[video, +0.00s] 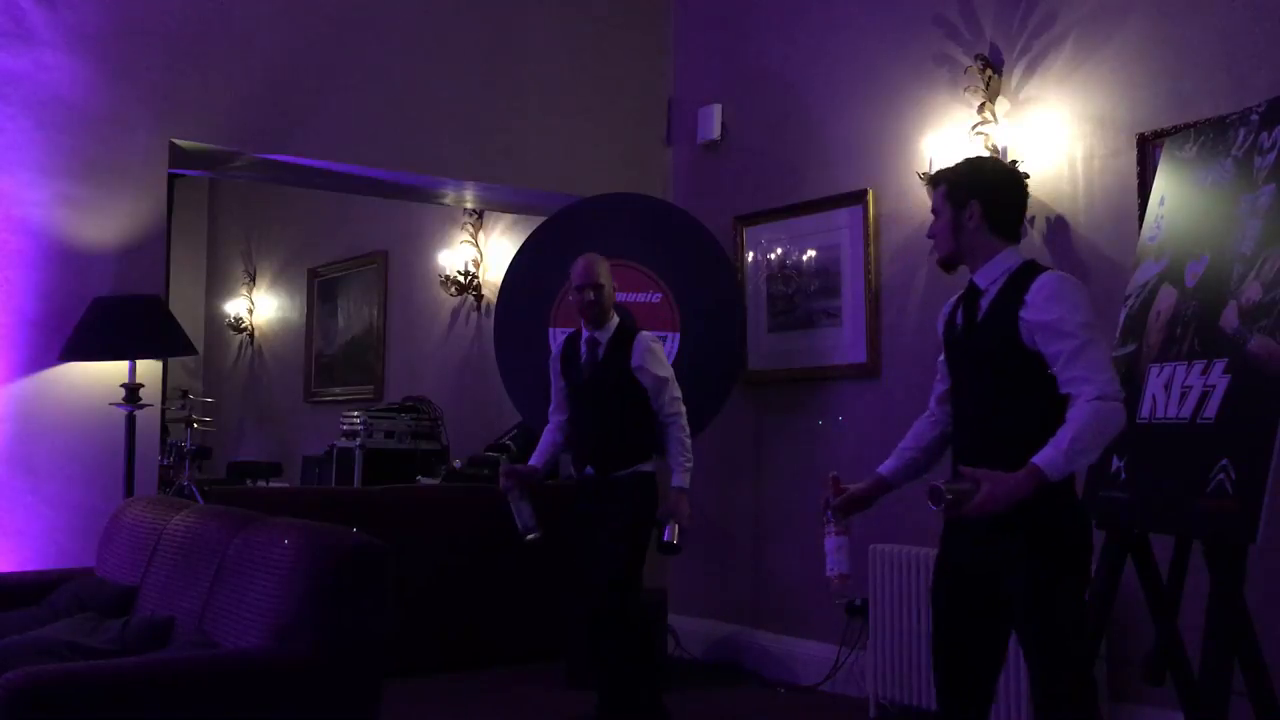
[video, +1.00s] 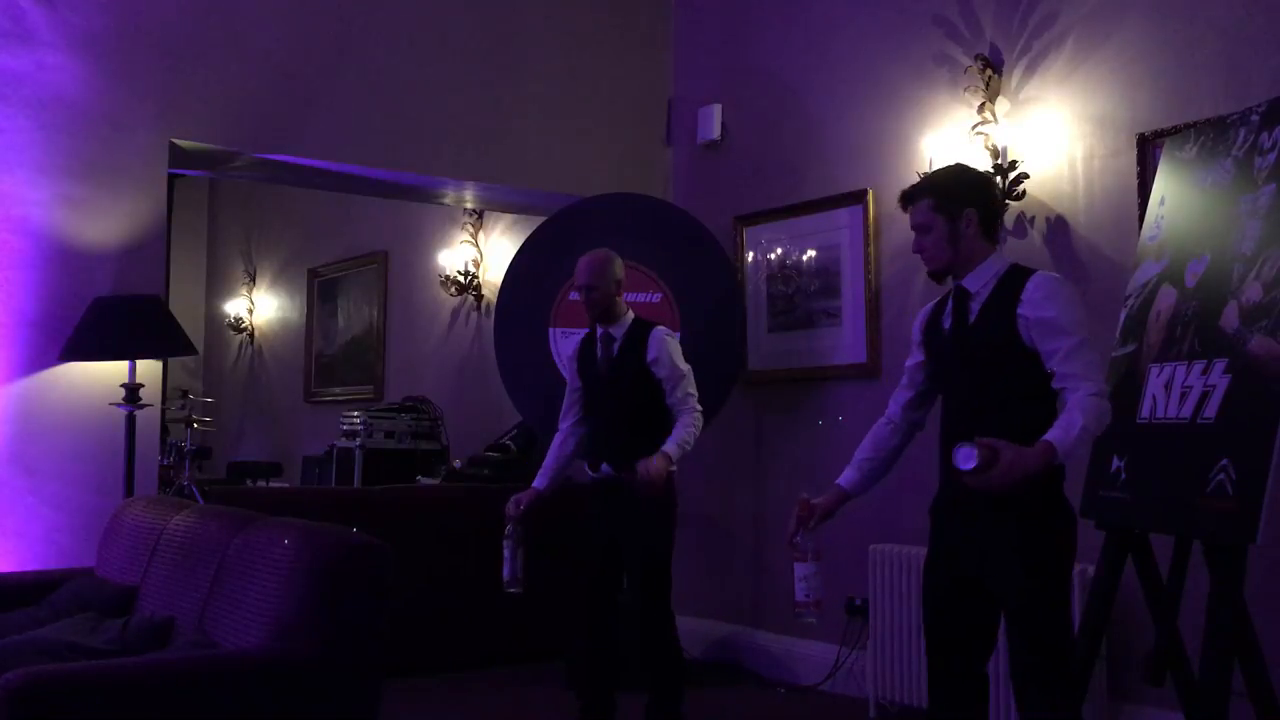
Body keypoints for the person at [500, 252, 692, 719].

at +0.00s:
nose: (589, 297)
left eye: (596, 288)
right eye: (580, 289)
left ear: (612, 291)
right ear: (570, 295)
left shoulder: (642, 347)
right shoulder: (565, 350)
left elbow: (674, 418)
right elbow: (559, 418)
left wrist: (679, 486)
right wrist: (534, 466)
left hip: (636, 485)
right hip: (587, 485)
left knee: (622, 591)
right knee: (591, 589)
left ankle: (633, 697)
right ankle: (602, 693)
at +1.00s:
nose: (582, 298)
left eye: (591, 290)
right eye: (578, 290)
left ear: (618, 288)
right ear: (577, 291)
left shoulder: (658, 343)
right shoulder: (579, 350)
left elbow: (690, 413)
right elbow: (570, 426)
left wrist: (665, 456)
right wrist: (539, 487)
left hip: (648, 490)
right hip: (597, 492)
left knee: (650, 603)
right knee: (594, 602)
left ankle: (664, 707)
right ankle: (595, 705)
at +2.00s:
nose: (574, 305)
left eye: (581, 297)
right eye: (572, 296)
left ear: (609, 297)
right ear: (588, 298)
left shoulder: (650, 354)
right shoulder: (585, 346)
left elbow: (641, 446)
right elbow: (553, 418)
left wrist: (613, 518)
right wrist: (535, 392)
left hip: (640, 493)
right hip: (594, 488)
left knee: (645, 608)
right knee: (592, 603)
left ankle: (662, 706)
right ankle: (594, 703)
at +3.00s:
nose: (588, 302)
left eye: (593, 294)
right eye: (587, 295)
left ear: (614, 296)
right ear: (622, 296)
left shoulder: (646, 352)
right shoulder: (615, 336)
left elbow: (668, 434)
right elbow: (593, 308)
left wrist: (668, 514)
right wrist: (560, 285)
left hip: (636, 494)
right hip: (611, 490)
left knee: (638, 614)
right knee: (606, 606)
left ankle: (657, 707)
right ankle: (599, 701)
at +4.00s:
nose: (617, 309)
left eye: (627, 301)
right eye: (611, 301)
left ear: (649, 304)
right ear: (606, 306)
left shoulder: (664, 361)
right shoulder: (607, 361)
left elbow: (636, 432)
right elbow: (582, 423)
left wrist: (574, 437)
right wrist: (544, 431)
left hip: (636, 494)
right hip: (595, 490)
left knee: (631, 600)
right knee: (591, 597)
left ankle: (643, 698)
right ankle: (592, 697)